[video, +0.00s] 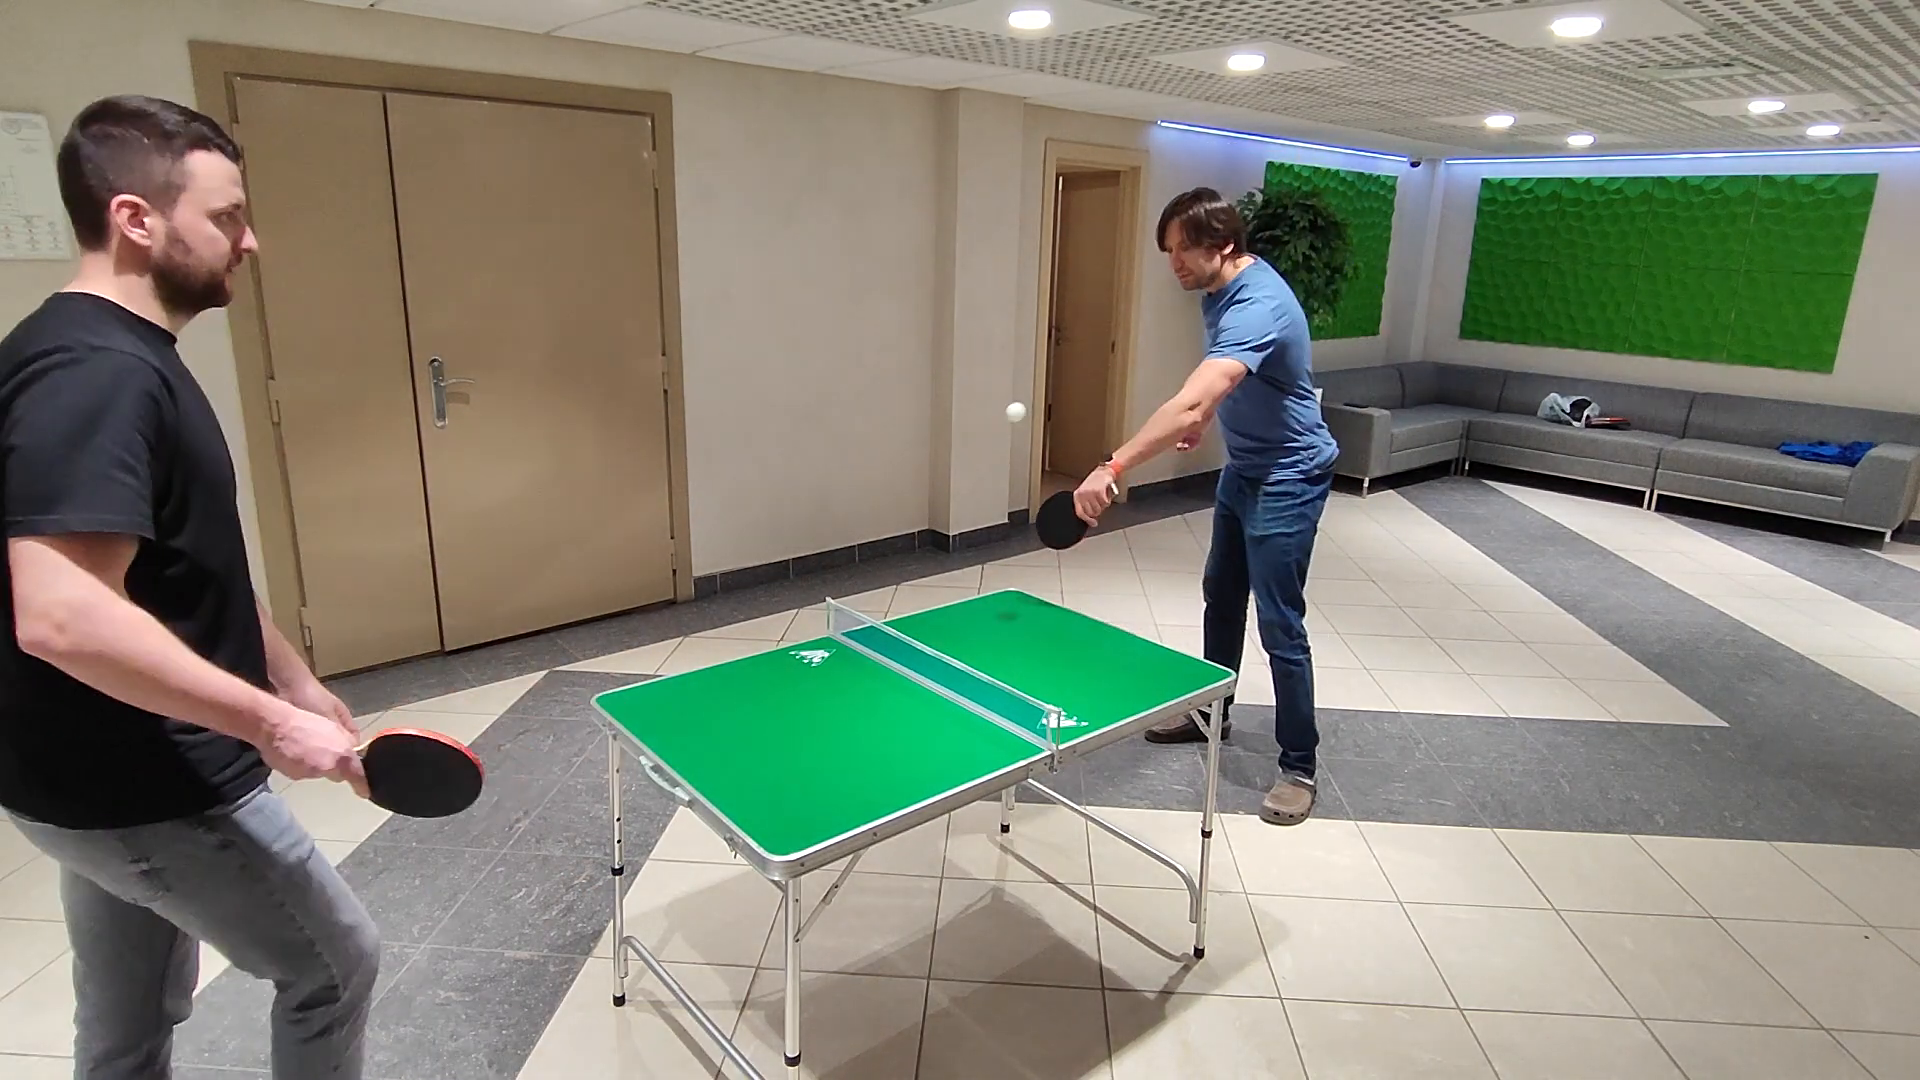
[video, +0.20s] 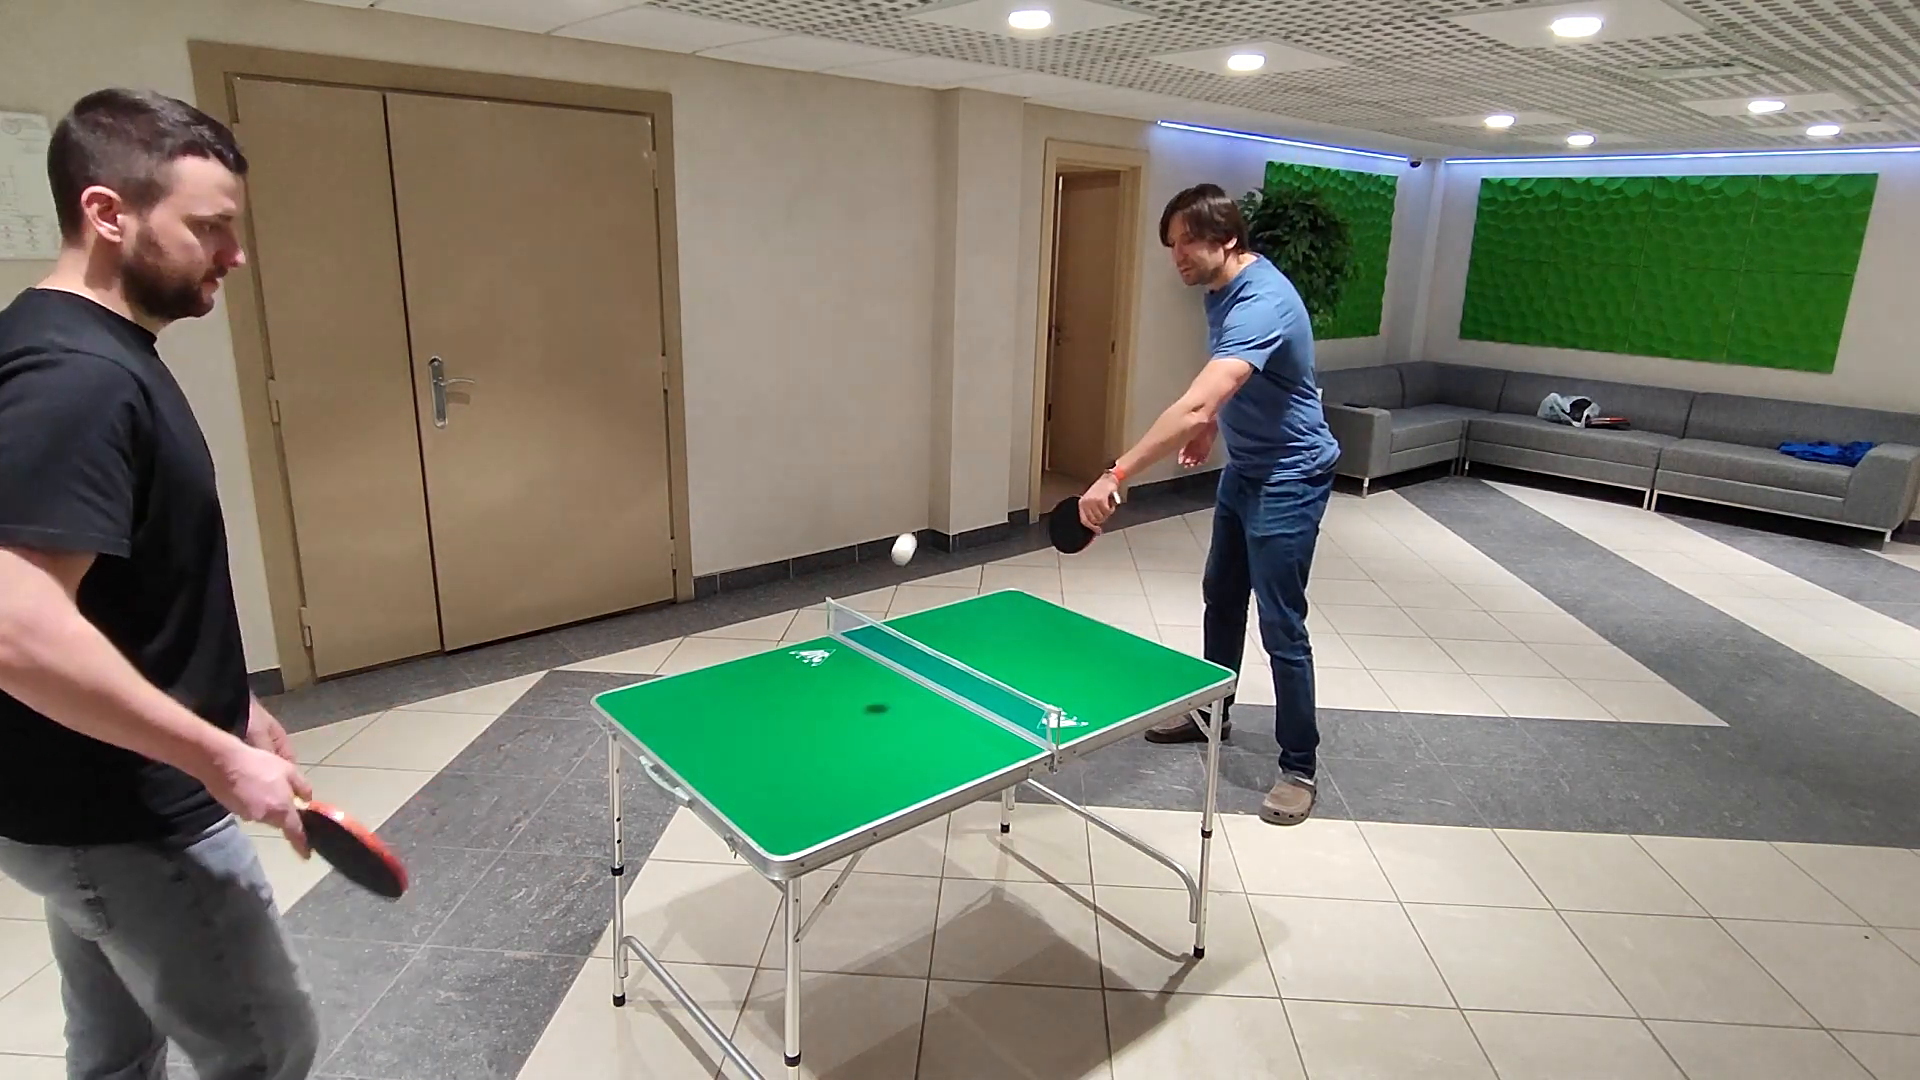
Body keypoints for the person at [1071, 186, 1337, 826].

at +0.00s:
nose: (1173, 264)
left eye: (1180, 252)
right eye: (1170, 253)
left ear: (1220, 247)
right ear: (1213, 248)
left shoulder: (1258, 306)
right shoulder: (1222, 289)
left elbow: (1192, 398)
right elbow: (1225, 364)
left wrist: (1113, 468)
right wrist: (1200, 412)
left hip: (1290, 472)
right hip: (1243, 465)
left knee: (1278, 618)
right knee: (1223, 593)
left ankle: (1298, 771)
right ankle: (1210, 711)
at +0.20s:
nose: (1176, 259)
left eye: (1183, 247)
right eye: (1173, 248)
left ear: (1223, 243)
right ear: (1215, 245)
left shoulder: (1263, 304)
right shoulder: (1224, 289)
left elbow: (1196, 404)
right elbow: (1233, 366)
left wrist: (1117, 474)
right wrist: (1206, 421)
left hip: (1290, 474)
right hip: (1243, 467)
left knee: (1281, 622)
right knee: (1223, 596)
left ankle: (1298, 770)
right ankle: (1211, 712)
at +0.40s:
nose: (1186, 250)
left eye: (1195, 238)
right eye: (1183, 239)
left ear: (1235, 235)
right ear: (1198, 237)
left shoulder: (1275, 302)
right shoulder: (1229, 289)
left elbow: (1248, 427)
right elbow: (1240, 382)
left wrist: (1170, 498)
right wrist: (1196, 423)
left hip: (1284, 481)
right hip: (1232, 475)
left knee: (1282, 629)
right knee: (1213, 596)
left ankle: (1298, 771)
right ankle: (1209, 711)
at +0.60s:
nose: (1213, 232)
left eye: (1227, 222)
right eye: (1208, 221)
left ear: (1261, 229)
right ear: (1204, 226)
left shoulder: (1300, 295)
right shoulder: (1215, 283)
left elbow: (1333, 415)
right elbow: (1217, 371)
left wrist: (1273, 502)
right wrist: (1171, 432)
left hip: (1269, 492)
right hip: (1209, 477)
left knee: (1278, 636)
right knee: (1192, 601)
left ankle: (1297, 772)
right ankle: (1206, 711)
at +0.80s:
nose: (1241, 227)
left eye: (1257, 218)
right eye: (1236, 214)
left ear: (1286, 227)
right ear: (1226, 216)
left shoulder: (1321, 297)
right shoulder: (1204, 280)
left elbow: (1359, 403)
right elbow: (1179, 368)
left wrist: (1323, 483)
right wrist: (1147, 437)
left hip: (1269, 479)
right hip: (1197, 470)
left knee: (1280, 627)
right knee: (1192, 602)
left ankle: (1296, 771)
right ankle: (1205, 710)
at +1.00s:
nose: (1248, 238)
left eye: (1263, 227)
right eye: (1241, 223)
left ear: (1292, 229)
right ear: (1231, 220)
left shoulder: (1327, 298)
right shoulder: (1202, 283)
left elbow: (1345, 405)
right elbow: (1167, 370)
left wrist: (1301, 480)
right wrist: (1137, 436)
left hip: (1275, 482)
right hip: (1199, 474)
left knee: (1285, 634)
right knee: (1193, 607)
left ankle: (1297, 771)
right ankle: (1202, 711)